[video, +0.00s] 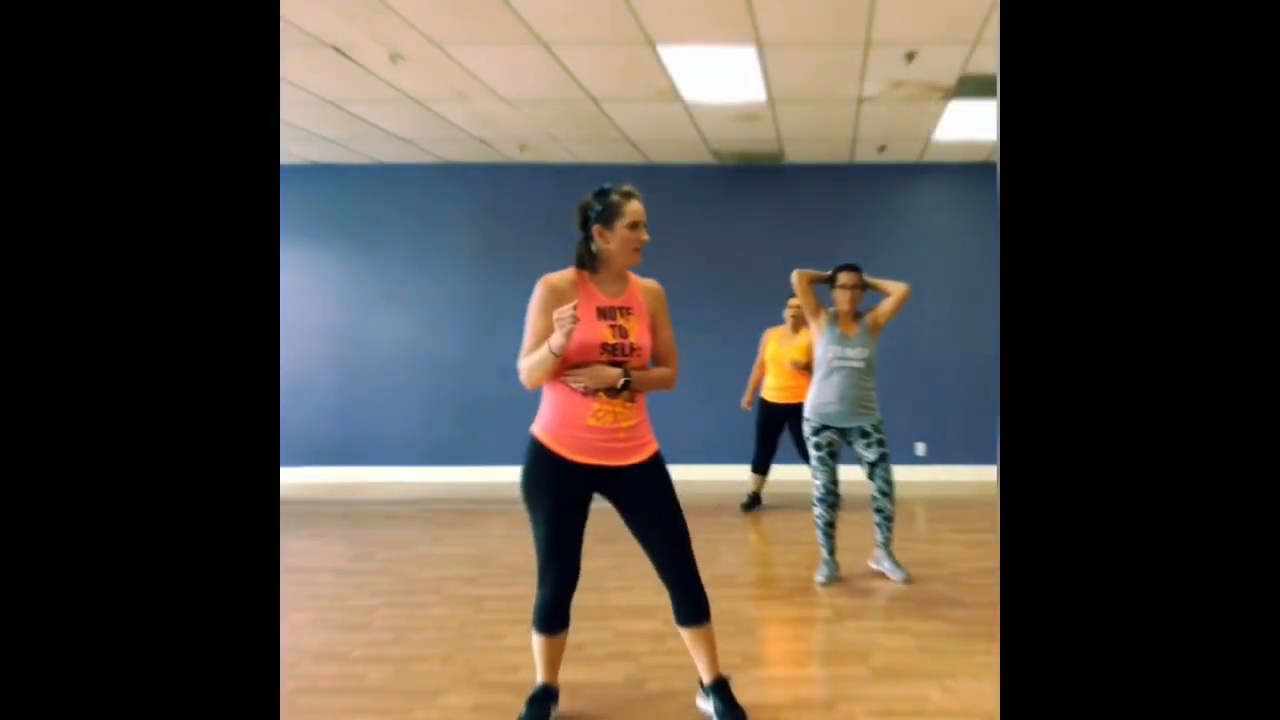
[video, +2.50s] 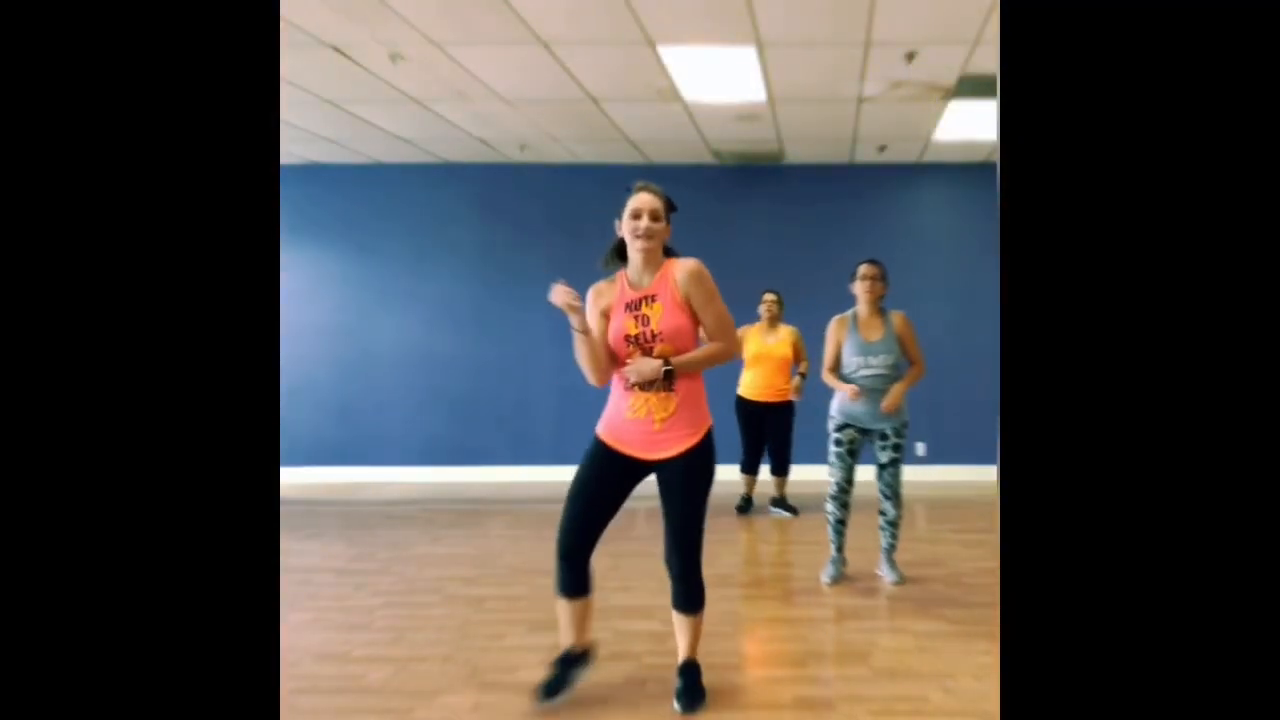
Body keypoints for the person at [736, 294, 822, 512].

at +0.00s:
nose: (793, 312)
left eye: (797, 308)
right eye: (790, 308)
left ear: (805, 314)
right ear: (784, 311)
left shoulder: (811, 337)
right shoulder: (771, 335)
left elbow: (821, 369)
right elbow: (760, 364)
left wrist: (805, 368)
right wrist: (750, 391)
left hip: (799, 401)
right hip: (771, 399)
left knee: (809, 450)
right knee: (763, 449)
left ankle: (828, 491)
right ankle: (754, 492)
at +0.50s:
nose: (772, 308)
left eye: (777, 304)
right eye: (768, 304)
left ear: (785, 309)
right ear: (761, 308)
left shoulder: (793, 333)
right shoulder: (749, 332)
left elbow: (805, 366)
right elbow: (737, 357)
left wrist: (797, 356)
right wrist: (730, 371)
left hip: (784, 395)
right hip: (754, 395)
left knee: (783, 447)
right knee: (757, 446)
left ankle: (780, 491)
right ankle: (753, 492)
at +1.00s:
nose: (798, 310)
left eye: (803, 306)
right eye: (795, 306)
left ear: (810, 311)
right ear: (788, 311)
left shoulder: (822, 335)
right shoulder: (777, 338)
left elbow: (836, 361)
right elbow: (769, 369)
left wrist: (836, 374)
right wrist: (768, 396)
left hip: (815, 400)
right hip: (785, 401)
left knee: (817, 453)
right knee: (773, 451)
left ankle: (823, 495)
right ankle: (757, 494)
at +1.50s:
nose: (815, 307)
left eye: (819, 303)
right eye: (811, 303)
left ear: (826, 309)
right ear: (805, 309)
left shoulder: (837, 334)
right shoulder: (793, 334)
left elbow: (846, 365)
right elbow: (779, 361)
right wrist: (766, 385)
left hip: (829, 398)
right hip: (798, 398)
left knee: (825, 451)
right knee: (793, 448)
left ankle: (824, 495)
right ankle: (788, 493)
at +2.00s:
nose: (798, 309)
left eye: (802, 306)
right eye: (794, 306)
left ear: (810, 313)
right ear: (788, 312)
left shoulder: (817, 338)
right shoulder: (775, 333)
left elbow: (830, 365)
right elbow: (743, 333)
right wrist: (709, 328)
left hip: (808, 402)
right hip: (776, 401)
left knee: (814, 452)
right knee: (765, 450)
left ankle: (823, 497)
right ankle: (748, 495)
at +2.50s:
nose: (769, 307)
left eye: (773, 303)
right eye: (765, 303)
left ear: (780, 309)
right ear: (759, 308)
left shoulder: (791, 334)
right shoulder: (746, 333)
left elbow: (802, 360)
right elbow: (725, 348)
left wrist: (799, 377)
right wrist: (707, 338)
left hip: (780, 398)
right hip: (750, 396)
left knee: (780, 452)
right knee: (751, 450)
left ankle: (779, 496)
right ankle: (747, 494)